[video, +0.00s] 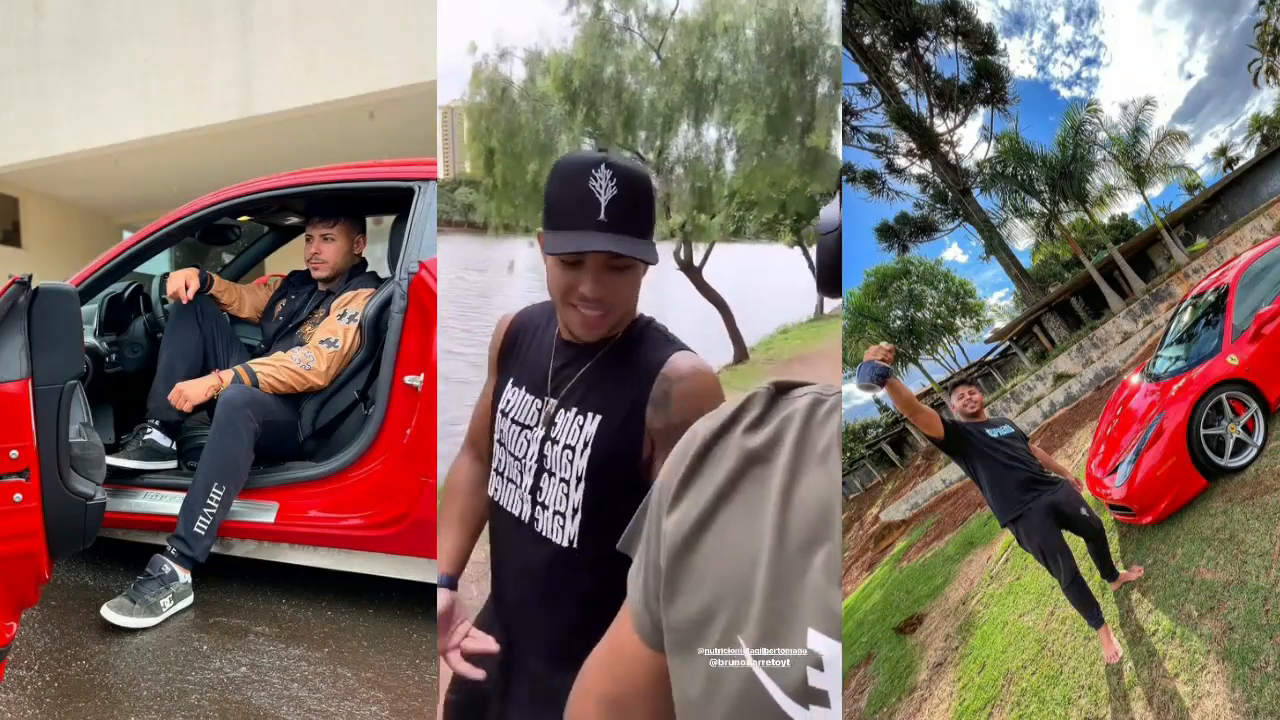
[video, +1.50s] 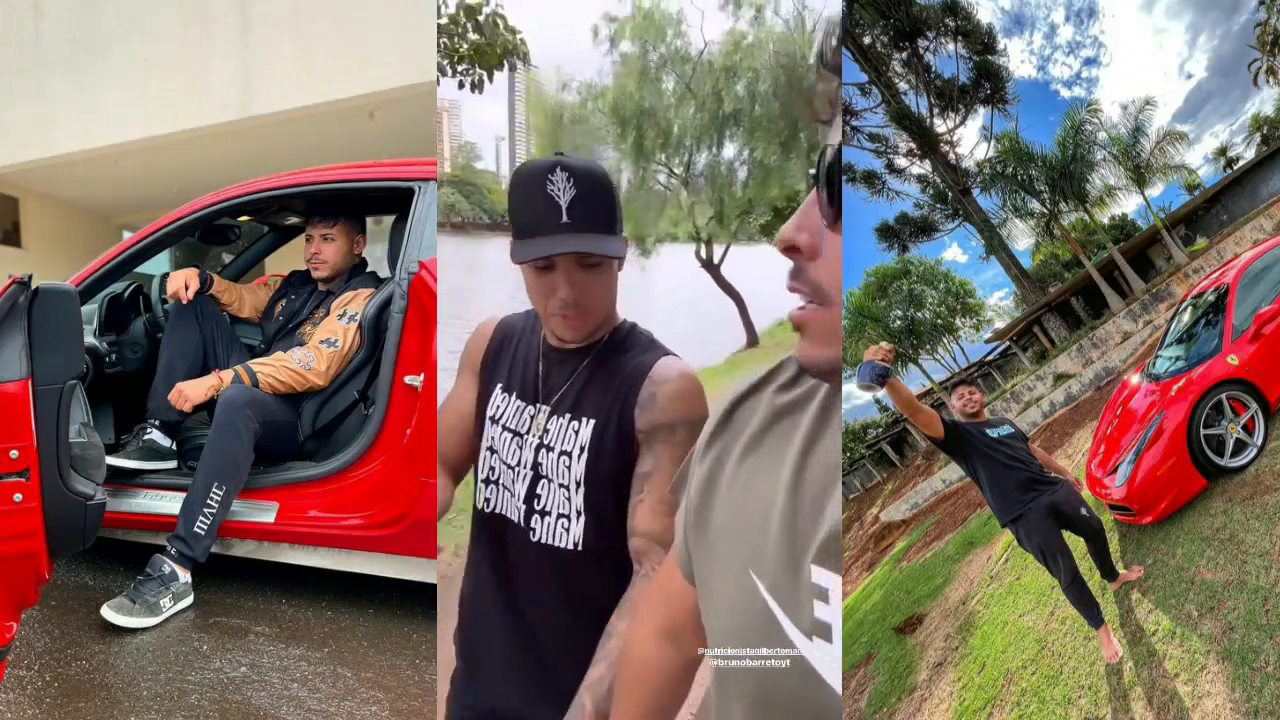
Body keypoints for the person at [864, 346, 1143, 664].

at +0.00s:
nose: (967, 397)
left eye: (971, 392)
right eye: (959, 398)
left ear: (983, 398)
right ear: (953, 411)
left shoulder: (1004, 424)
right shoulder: (957, 436)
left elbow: (1037, 454)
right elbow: (916, 412)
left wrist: (1068, 475)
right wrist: (885, 374)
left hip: (1051, 489)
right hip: (1022, 512)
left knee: (1093, 528)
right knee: (1066, 572)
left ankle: (1114, 576)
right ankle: (1101, 628)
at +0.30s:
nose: (967, 397)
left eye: (971, 392)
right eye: (959, 397)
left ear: (983, 398)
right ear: (953, 410)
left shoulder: (1003, 424)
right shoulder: (956, 436)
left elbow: (1037, 454)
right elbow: (916, 412)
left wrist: (1068, 476)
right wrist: (885, 375)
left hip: (1051, 489)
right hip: (1021, 512)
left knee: (1093, 528)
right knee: (1066, 572)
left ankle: (1114, 576)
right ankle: (1101, 628)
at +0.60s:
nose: (967, 397)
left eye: (971, 392)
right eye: (959, 397)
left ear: (983, 398)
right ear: (953, 410)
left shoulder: (1003, 424)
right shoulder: (957, 436)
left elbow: (1037, 454)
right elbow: (916, 412)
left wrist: (1067, 476)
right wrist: (885, 375)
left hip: (1051, 489)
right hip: (1022, 512)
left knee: (1094, 528)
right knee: (1066, 572)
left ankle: (1113, 576)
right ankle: (1101, 629)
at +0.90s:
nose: (966, 397)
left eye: (971, 392)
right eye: (959, 397)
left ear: (983, 398)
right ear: (953, 410)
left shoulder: (1003, 424)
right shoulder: (956, 436)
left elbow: (1037, 454)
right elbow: (916, 412)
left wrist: (1067, 476)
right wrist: (885, 373)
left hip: (1051, 489)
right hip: (1021, 512)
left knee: (1093, 528)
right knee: (1065, 572)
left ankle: (1113, 576)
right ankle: (1101, 628)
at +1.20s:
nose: (967, 397)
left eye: (971, 392)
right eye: (959, 397)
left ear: (983, 398)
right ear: (953, 410)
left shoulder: (1003, 424)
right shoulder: (957, 436)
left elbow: (1037, 454)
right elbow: (916, 412)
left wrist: (1067, 476)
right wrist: (885, 375)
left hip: (1051, 489)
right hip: (1021, 512)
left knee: (1094, 528)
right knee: (1066, 572)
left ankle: (1113, 576)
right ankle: (1101, 629)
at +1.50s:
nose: (967, 397)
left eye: (970, 392)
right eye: (959, 397)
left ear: (982, 398)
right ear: (953, 411)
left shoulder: (1004, 424)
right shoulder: (956, 436)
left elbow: (1037, 454)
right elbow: (915, 412)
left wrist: (1068, 475)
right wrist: (885, 373)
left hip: (1052, 489)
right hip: (1022, 512)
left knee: (1093, 528)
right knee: (1066, 572)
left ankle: (1114, 576)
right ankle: (1101, 628)